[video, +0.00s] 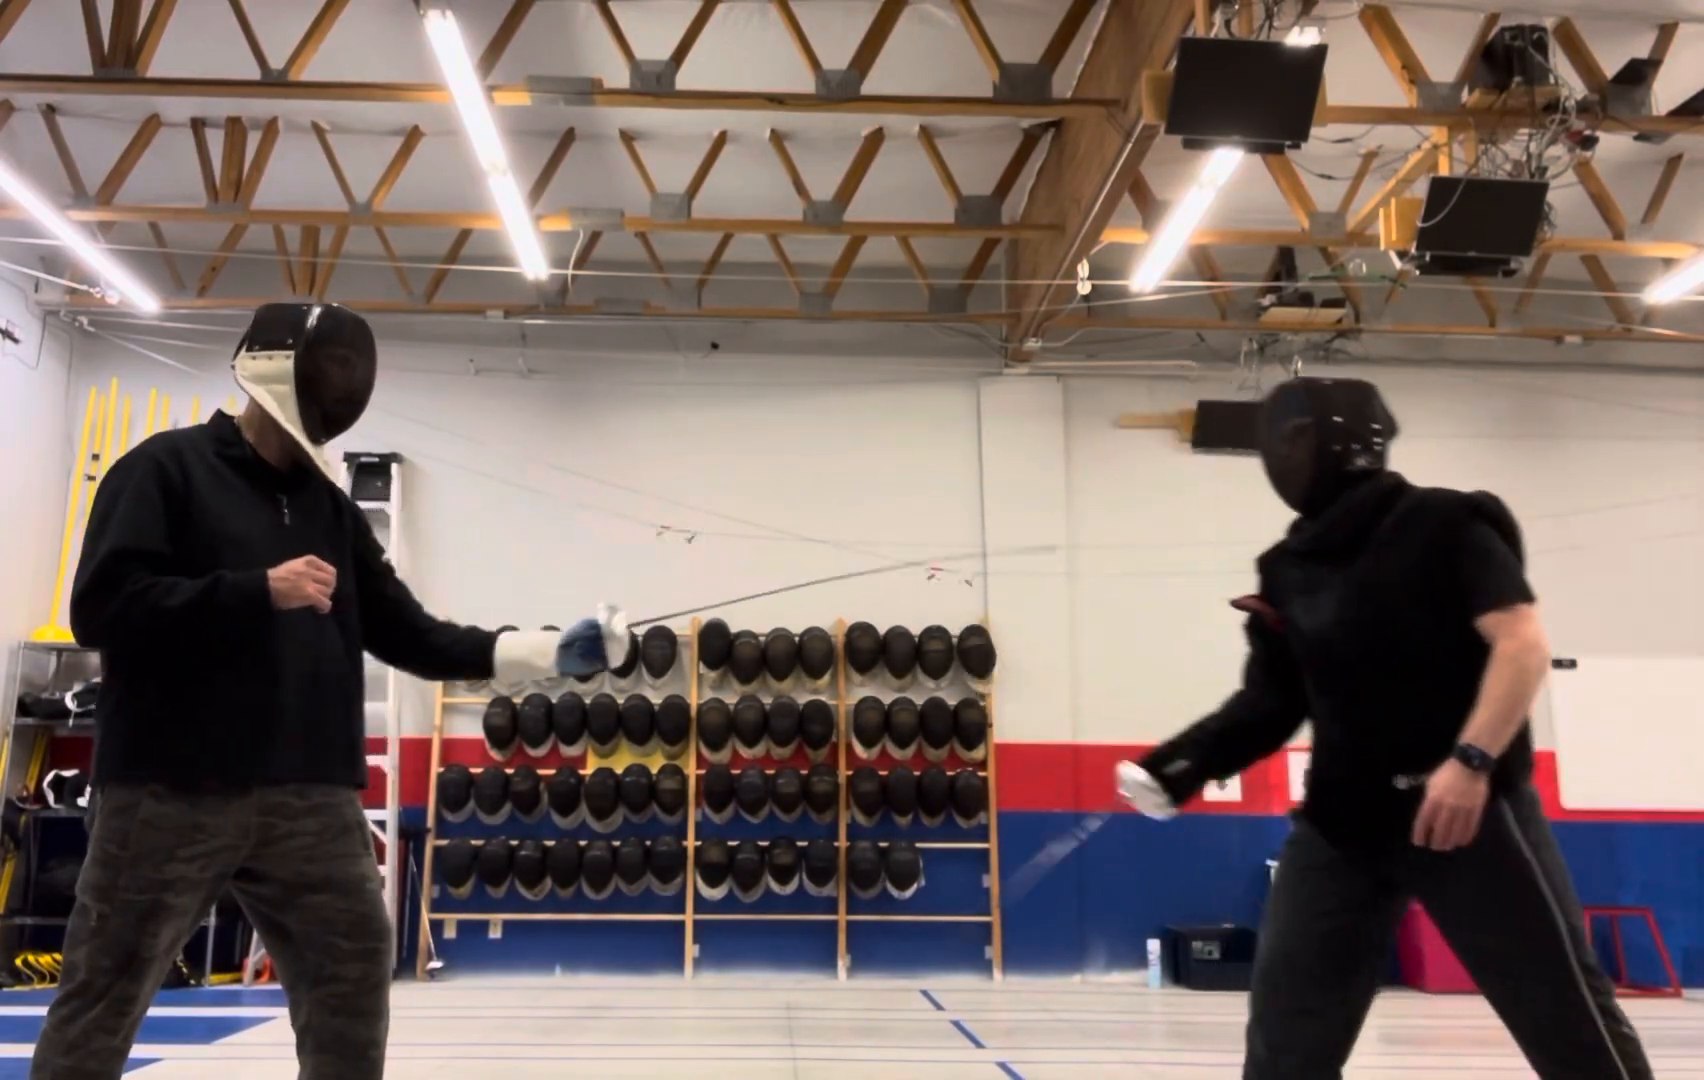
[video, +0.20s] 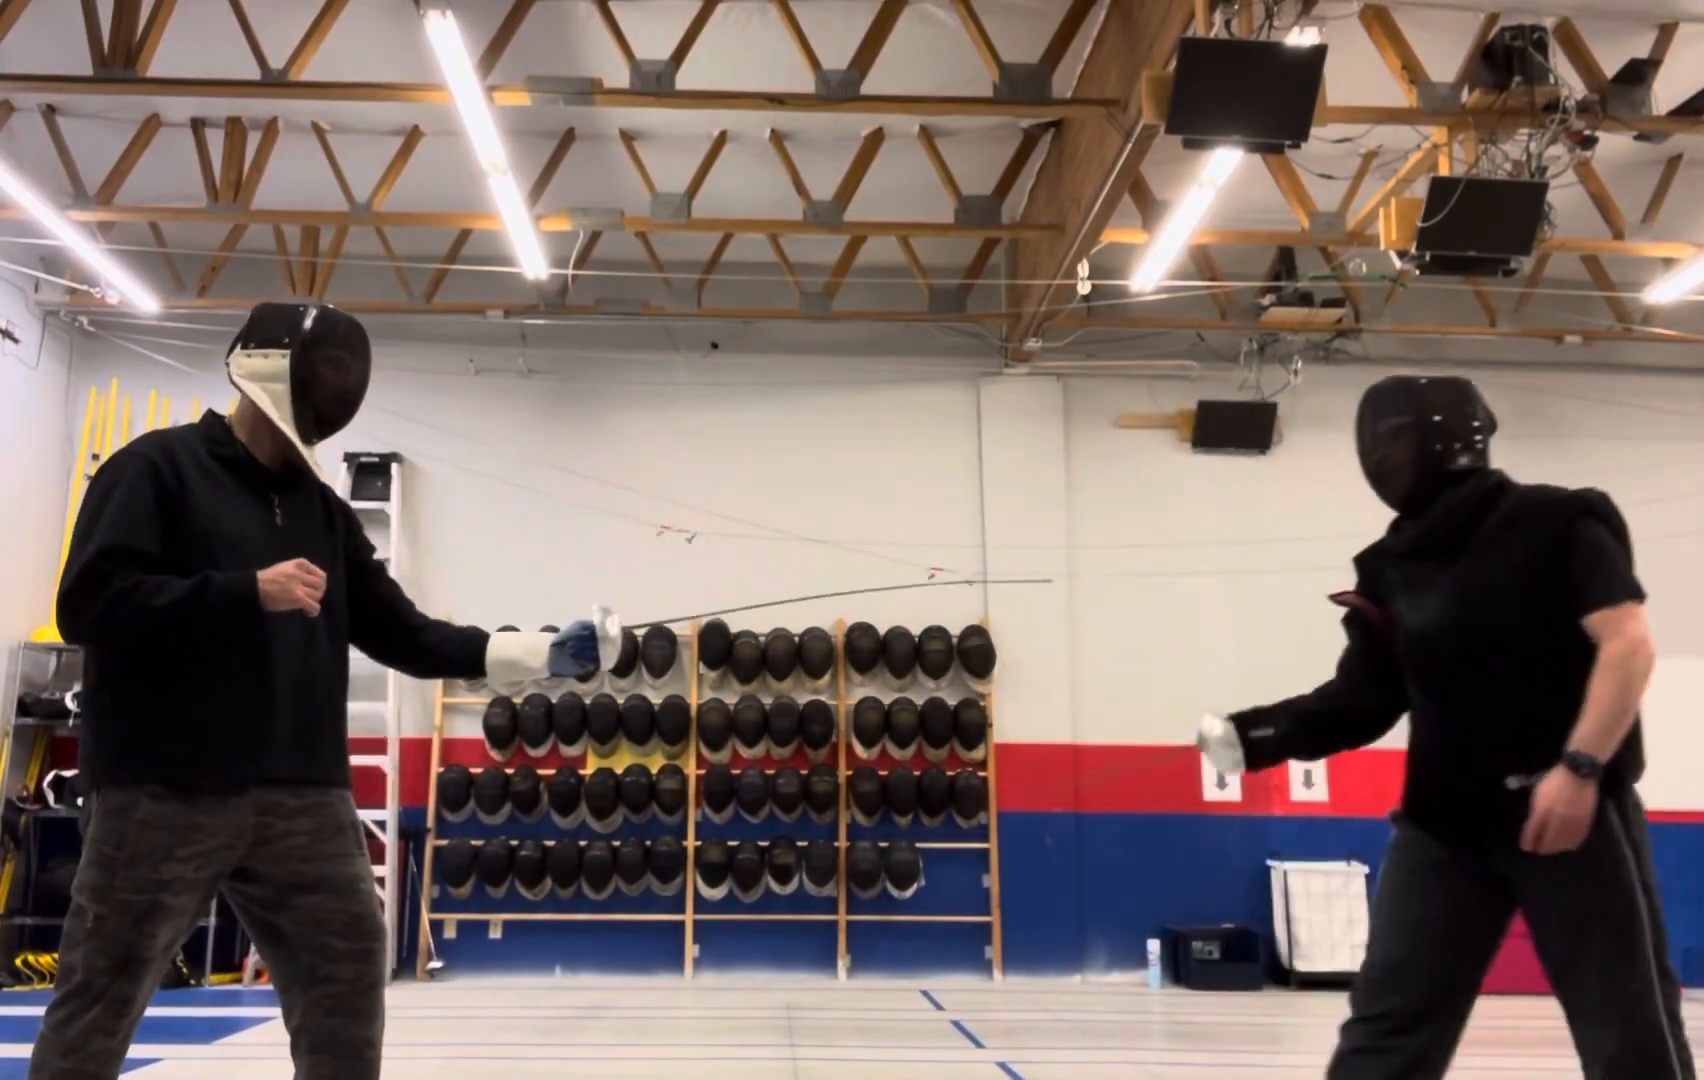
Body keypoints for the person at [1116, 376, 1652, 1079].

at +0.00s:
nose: (1276, 463)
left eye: (1288, 443)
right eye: (1273, 448)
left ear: (1334, 441)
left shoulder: (1447, 525)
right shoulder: (1290, 571)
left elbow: (1525, 646)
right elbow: (1272, 701)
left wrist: (1471, 762)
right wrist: (1180, 768)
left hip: (1471, 814)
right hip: (1343, 824)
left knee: (1572, 1027)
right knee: (1286, 1043)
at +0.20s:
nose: (1378, 465)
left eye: (1390, 444)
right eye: (1374, 449)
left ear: (1439, 439)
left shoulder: (1559, 522)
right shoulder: (1392, 567)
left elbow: (1631, 648)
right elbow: (1367, 696)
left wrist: (1580, 770)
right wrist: (1260, 737)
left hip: (1574, 818)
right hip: (1447, 827)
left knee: (1631, 1036)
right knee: (1386, 1037)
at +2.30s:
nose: (1241, 454)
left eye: (1253, 434)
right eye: (1240, 438)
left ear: (1304, 430)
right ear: (1303, 435)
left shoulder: (1418, 516)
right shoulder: (1265, 560)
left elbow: (1503, 637)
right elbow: (1235, 689)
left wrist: (1455, 750)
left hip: (1453, 804)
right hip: (1328, 820)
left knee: (1566, 1007)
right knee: (1285, 1043)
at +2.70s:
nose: (1420, 455)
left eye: (1431, 433)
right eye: (1417, 439)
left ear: (1480, 426)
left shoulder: (1614, 512)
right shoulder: (1442, 559)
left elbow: (1686, 627)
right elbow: (1389, 681)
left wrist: (1684, 764)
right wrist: (1269, 683)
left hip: (1623, 808)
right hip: (1494, 819)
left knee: (1668, 1027)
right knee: (1452, 1013)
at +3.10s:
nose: (1458, 454)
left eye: (1471, 431)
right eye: (1450, 439)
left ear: (1526, 422)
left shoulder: (1652, 508)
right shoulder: (1465, 562)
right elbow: (1376, 647)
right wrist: (1257, 637)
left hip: (1668, 810)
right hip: (1537, 823)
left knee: (1685, 1030)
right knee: (1522, 1022)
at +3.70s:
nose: (1323, 468)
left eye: (1336, 447)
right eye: (1317, 455)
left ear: (1391, 441)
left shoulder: (1505, 524)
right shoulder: (1335, 580)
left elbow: (1593, 640)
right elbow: (1226, 641)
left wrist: (1619, 767)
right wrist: (1088, 628)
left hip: (1535, 823)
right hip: (1406, 838)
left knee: (1627, 1047)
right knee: (1356, 1055)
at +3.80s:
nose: (1267, 463)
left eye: (1278, 440)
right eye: (1262, 446)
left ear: (1328, 430)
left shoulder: (1449, 510)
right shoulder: (1284, 570)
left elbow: (1532, 626)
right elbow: (1183, 641)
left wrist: (1550, 754)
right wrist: (1049, 628)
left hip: (1484, 810)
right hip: (1354, 829)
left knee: (1592, 1040)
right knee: (1314, 1056)